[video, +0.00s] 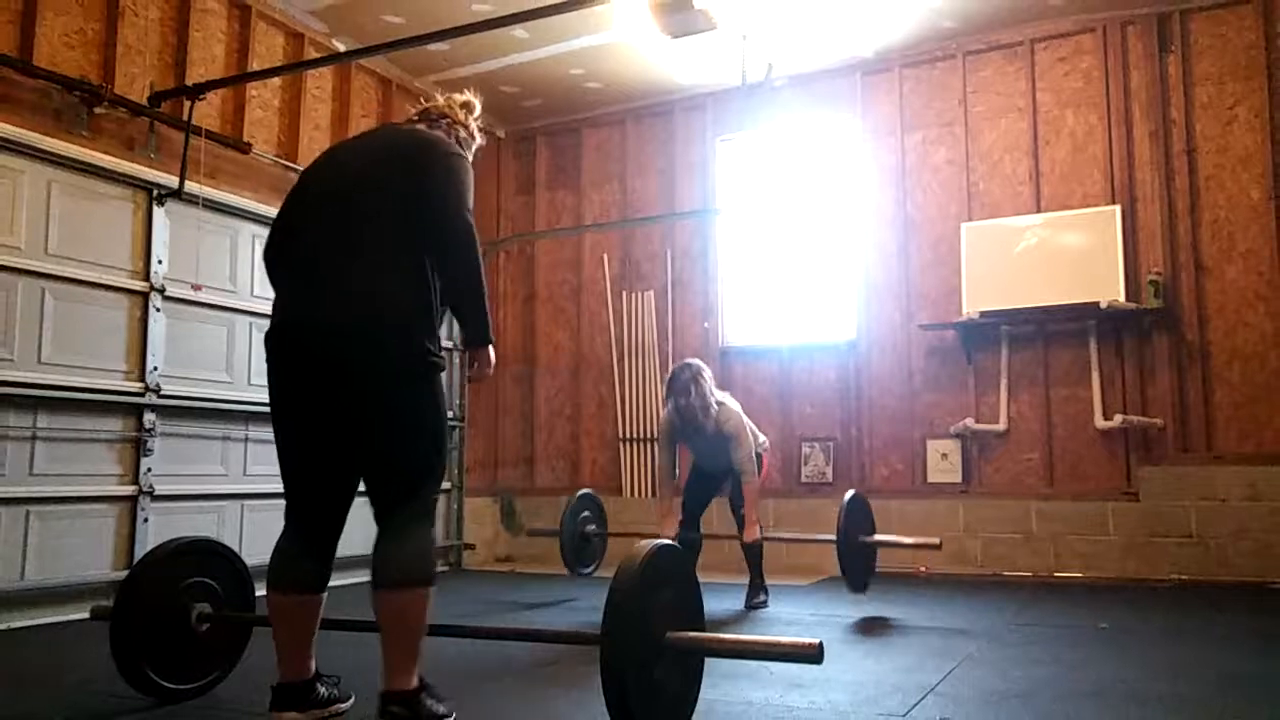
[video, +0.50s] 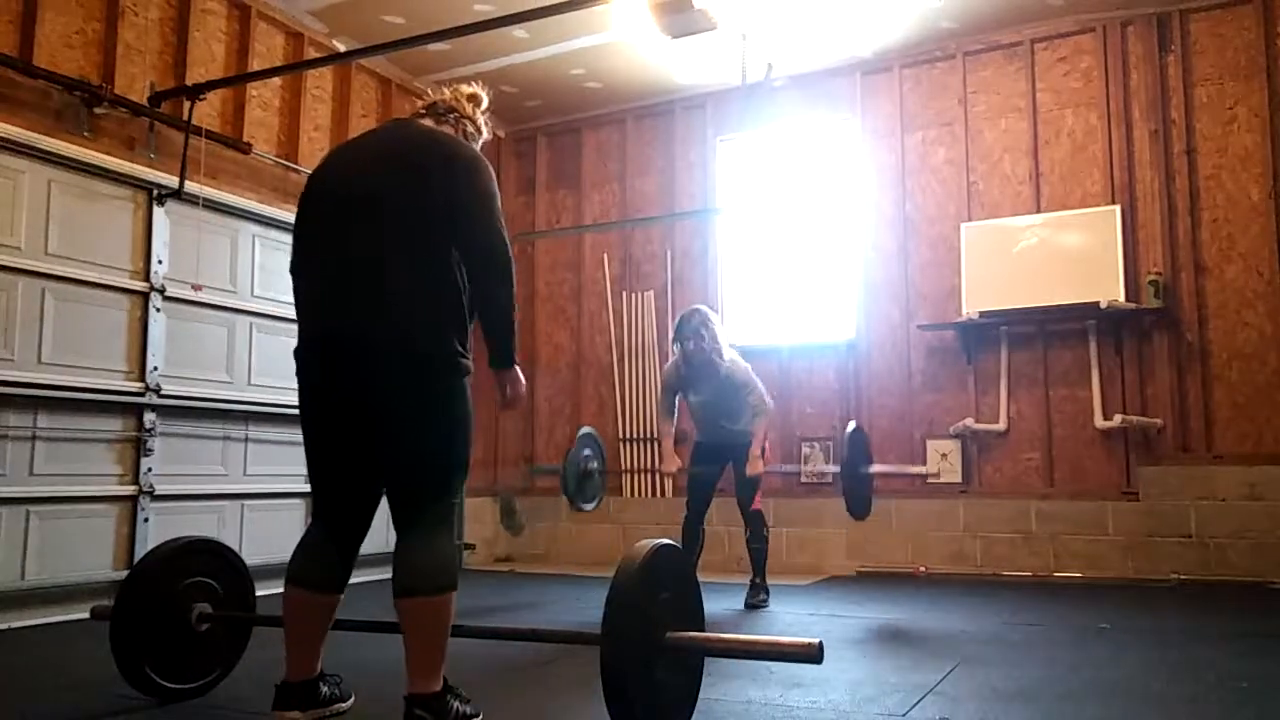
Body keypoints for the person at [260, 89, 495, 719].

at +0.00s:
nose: (469, 161)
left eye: (473, 154)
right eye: (471, 153)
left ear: (416, 120)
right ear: (458, 135)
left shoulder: (336, 155)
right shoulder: (442, 155)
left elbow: (278, 245)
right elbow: (453, 237)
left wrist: (308, 320)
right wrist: (479, 335)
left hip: (299, 350)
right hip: (392, 352)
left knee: (310, 512)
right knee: (407, 512)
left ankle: (294, 684)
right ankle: (402, 689)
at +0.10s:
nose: (474, 162)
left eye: (477, 155)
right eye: (475, 154)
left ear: (419, 120)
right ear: (462, 137)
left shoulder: (339, 156)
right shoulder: (445, 155)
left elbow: (287, 251)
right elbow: (452, 239)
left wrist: (316, 325)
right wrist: (474, 338)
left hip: (304, 353)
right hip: (396, 355)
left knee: (309, 515)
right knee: (413, 514)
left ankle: (295, 684)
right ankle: (421, 689)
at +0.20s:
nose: (481, 158)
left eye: (483, 151)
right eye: (481, 151)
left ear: (424, 120)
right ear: (468, 136)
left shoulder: (342, 157)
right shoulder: (454, 155)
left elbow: (301, 255)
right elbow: (462, 243)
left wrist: (322, 327)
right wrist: (469, 343)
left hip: (314, 353)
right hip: (407, 354)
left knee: (316, 516)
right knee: (416, 520)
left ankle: (296, 684)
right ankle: (426, 695)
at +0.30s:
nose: (488, 153)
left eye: (490, 146)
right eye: (488, 146)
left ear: (427, 116)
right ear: (475, 133)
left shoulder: (344, 155)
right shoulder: (464, 156)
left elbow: (303, 251)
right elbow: (473, 252)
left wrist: (323, 328)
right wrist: (473, 344)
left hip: (323, 356)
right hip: (417, 359)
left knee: (328, 514)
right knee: (424, 522)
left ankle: (297, 681)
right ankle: (427, 696)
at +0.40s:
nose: (488, 151)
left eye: (491, 145)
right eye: (488, 145)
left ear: (426, 113)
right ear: (475, 130)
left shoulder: (343, 153)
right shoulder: (463, 155)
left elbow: (301, 251)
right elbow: (485, 245)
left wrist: (329, 328)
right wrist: (490, 346)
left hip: (328, 357)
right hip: (420, 359)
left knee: (334, 514)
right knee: (429, 520)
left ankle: (298, 681)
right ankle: (427, 695)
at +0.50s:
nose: (480, 153)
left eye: (482, 147)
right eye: (483, 146)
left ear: (424, 115)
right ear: (471, 132)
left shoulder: (343, 156)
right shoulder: (462, 158)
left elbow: (307, 262)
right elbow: (490, 259)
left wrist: (326, 346)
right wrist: (504, 357)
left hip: (329, 362)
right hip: (421, 365)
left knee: (333, 516)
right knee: (429, 521)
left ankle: (299, 682)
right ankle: (427, 694)